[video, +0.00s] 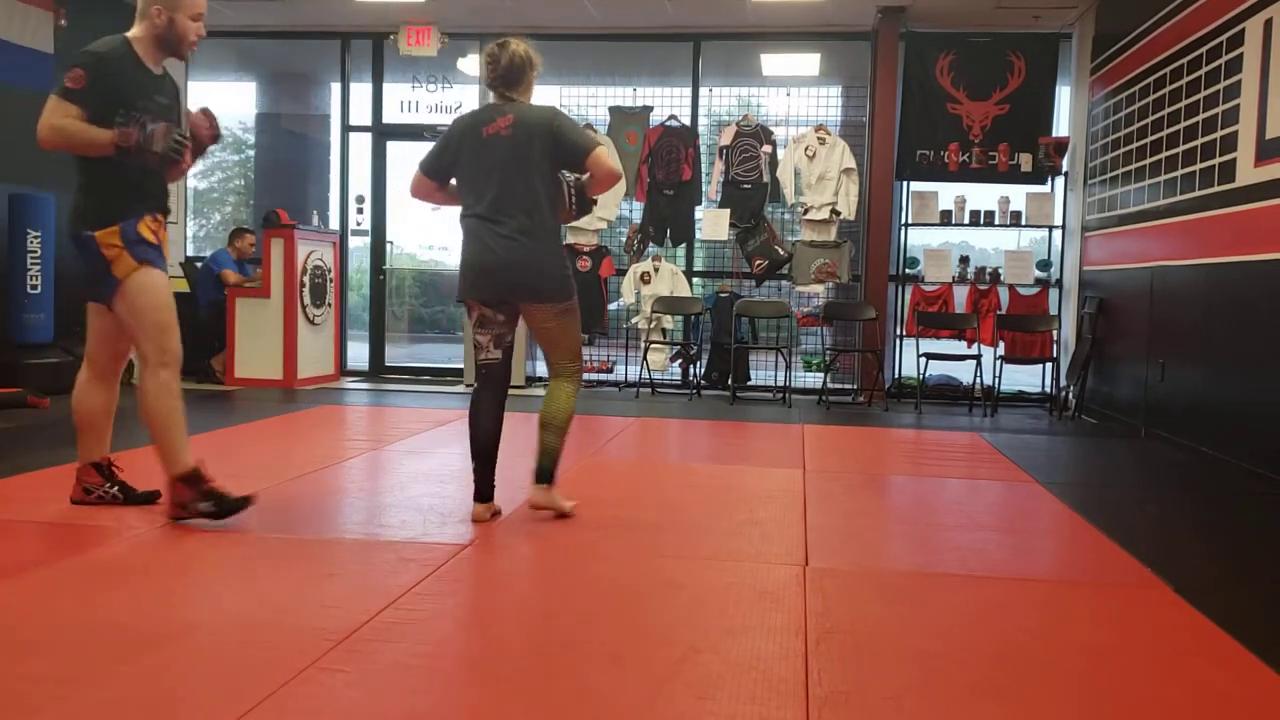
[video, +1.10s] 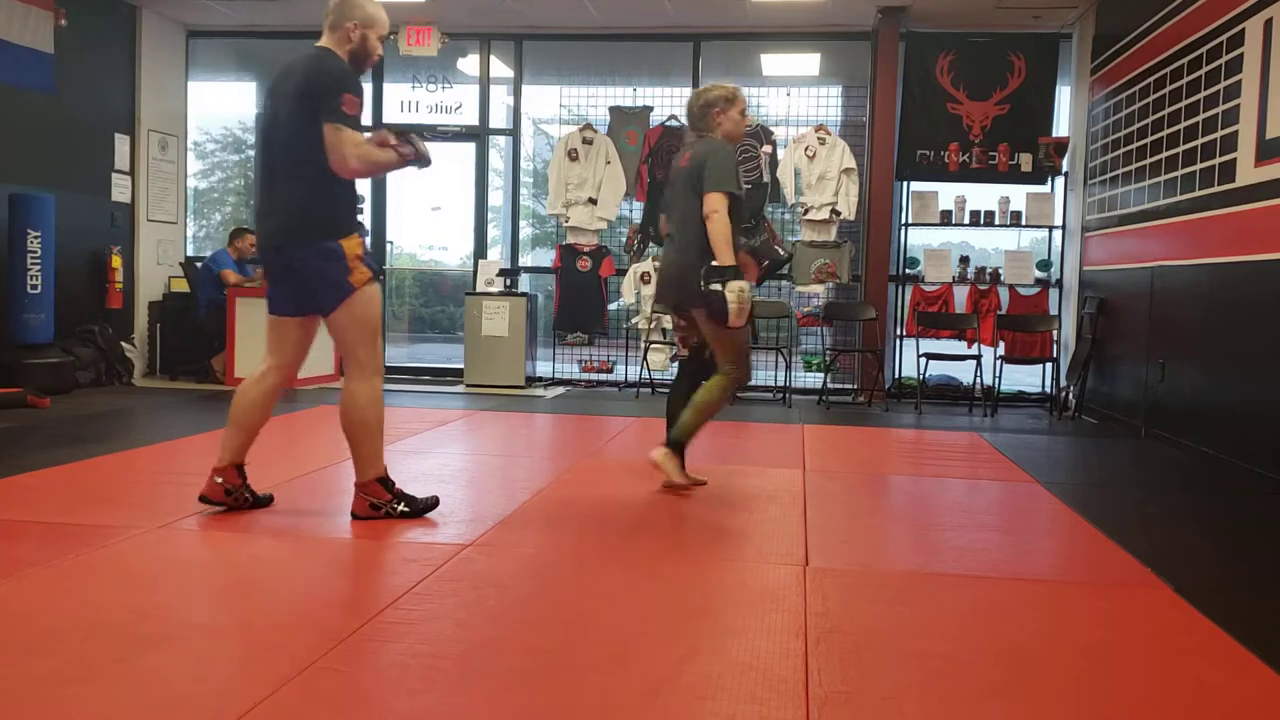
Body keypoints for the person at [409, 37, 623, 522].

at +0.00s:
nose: (534, 83)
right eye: (533, 76)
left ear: (487, 79)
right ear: (531, 79)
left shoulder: (464, 127)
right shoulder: (549, 120)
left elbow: (423, 187)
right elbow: (609, 170)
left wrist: (474, 196)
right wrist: (575, 200)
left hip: (481, 268)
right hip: (541, 268)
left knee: (489, 378)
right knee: (564, 371)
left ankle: (483, 500)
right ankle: (543, 486)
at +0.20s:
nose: (569, 101)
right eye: (569, 95)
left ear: (525, 96)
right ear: (566, 97)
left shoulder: (500, 142)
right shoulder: (583, 137)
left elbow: (461, 201)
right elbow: (628, 192)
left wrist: (508, 209)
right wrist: (601, 217)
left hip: (512, 273)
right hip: (570, 276)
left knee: (506, 379)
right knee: (582, 383)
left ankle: (483, 497)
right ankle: (595, 480)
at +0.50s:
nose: (634, 110)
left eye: (633, 103)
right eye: (633, 103)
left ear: (588, 103)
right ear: (624, 104)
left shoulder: (562, 145)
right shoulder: (638, 141)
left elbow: (526, 209)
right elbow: (675, 205)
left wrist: (569, 216)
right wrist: (653, 211)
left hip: (574, 269)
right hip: (625, 269)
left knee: (578, 368)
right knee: (611, 379)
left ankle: (536, 451)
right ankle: (597, 483)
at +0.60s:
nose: (650, 112)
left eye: (650, 106)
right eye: (649, 106)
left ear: (604, 106)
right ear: (640, 106)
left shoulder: (577, 145)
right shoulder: (652, 142)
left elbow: (546, 213)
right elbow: (685, 206)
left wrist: (585, 218)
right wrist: (667, 211)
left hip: (586, 267)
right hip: (637, 266)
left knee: (609, 364)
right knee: (616, 377)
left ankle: (585, 459)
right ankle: (597, 482)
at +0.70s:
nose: (666, 117)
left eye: (666, 110)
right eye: (665, 109)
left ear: (620, 109)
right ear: (655, 109)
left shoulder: (595, 152)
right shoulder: (666, 146)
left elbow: (565, 217)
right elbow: (698, 211)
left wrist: (605, 224)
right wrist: (694, 228)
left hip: (604, 268)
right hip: (650, 266)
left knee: (635, 366)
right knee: (622, 374)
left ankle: (640, 467)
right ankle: (596, 482)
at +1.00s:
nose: (724, 123)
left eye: (723, 115)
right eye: (720, 115)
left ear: (687, 117)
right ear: (702, 115)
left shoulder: (656, 159)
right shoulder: (705, 153)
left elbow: (636, 227)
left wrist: (679, 236)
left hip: (657, 271)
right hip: (693, 271)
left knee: (684, 371)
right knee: (693, 374)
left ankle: (674, 469)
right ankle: (623, 453)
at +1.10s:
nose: (747, 121)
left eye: (745, 113)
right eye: (741, 113)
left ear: (712, 117)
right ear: (718, 115)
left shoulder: (686, 153)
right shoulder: (718, 151)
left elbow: (666, 226)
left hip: (677, 276)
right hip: (703, 278)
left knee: (696, 364)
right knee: (734, 369)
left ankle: (675, 461)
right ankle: (672, 449)